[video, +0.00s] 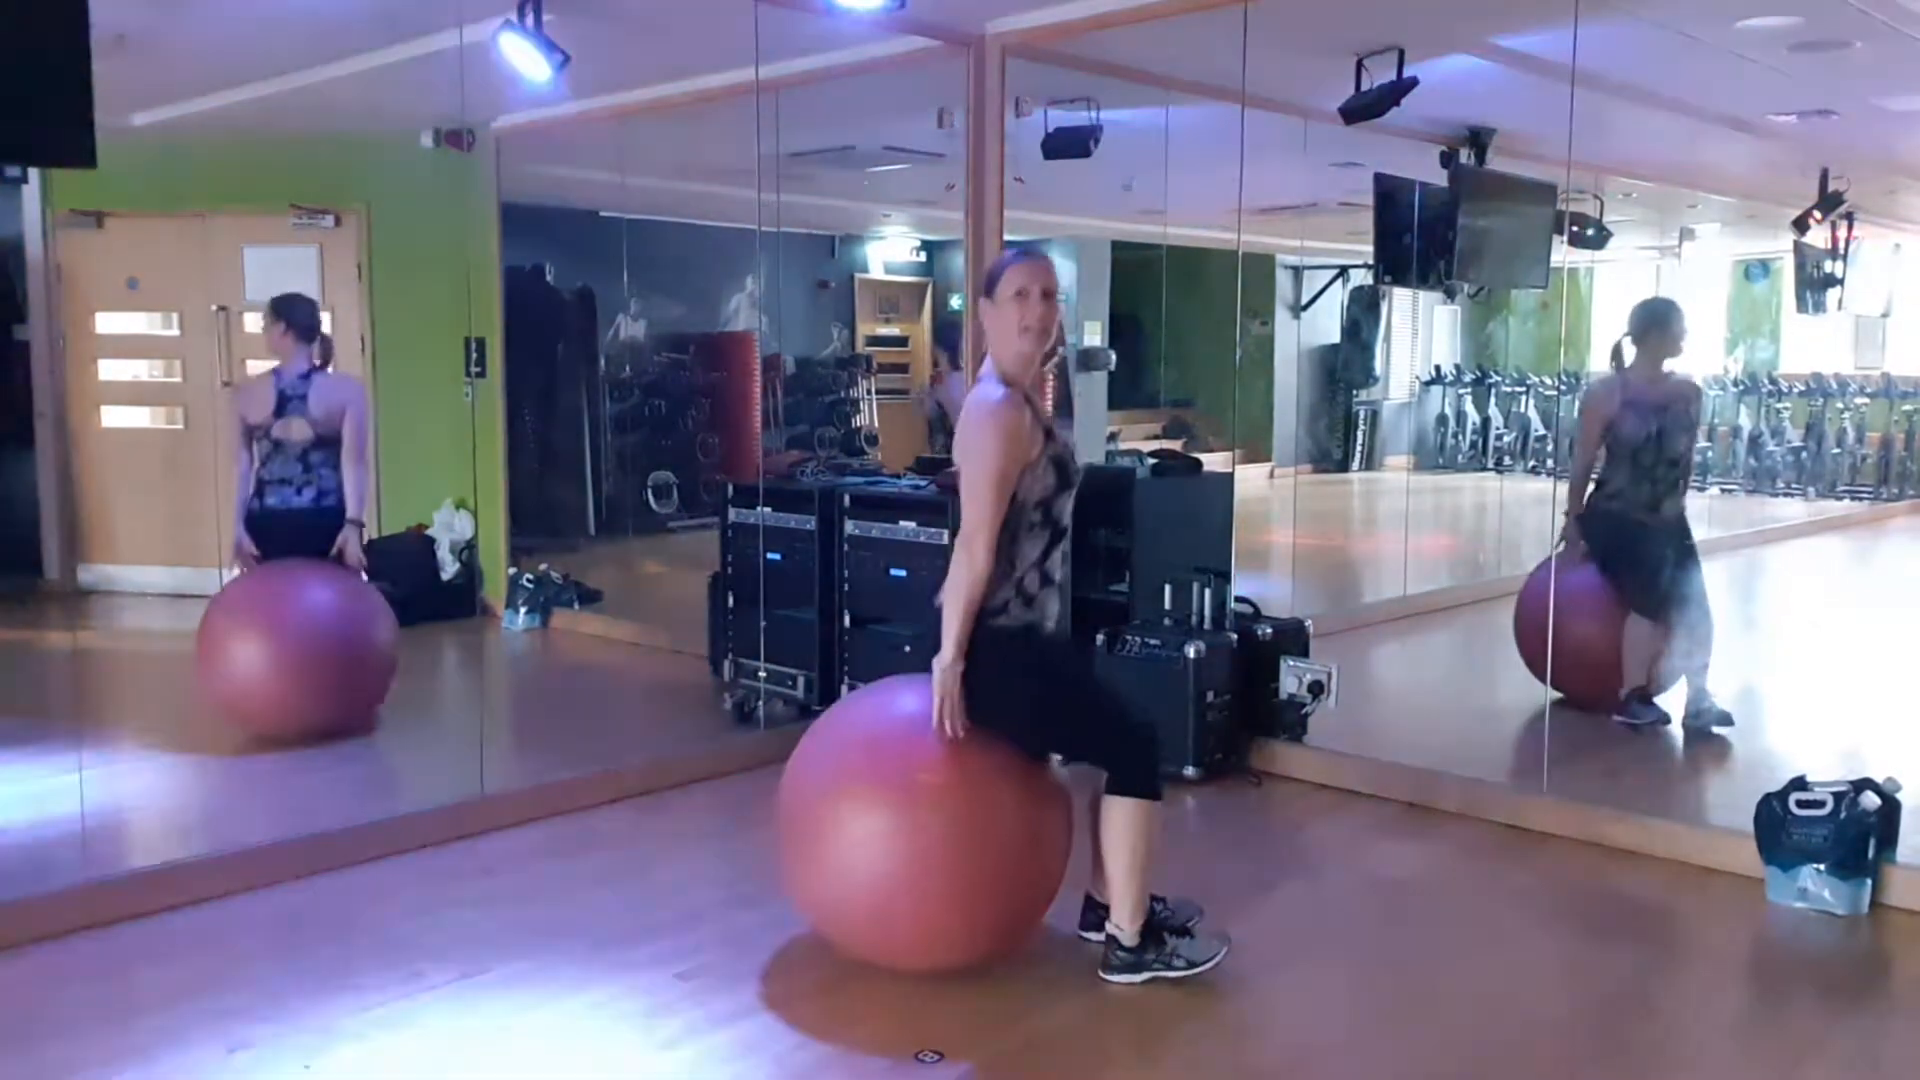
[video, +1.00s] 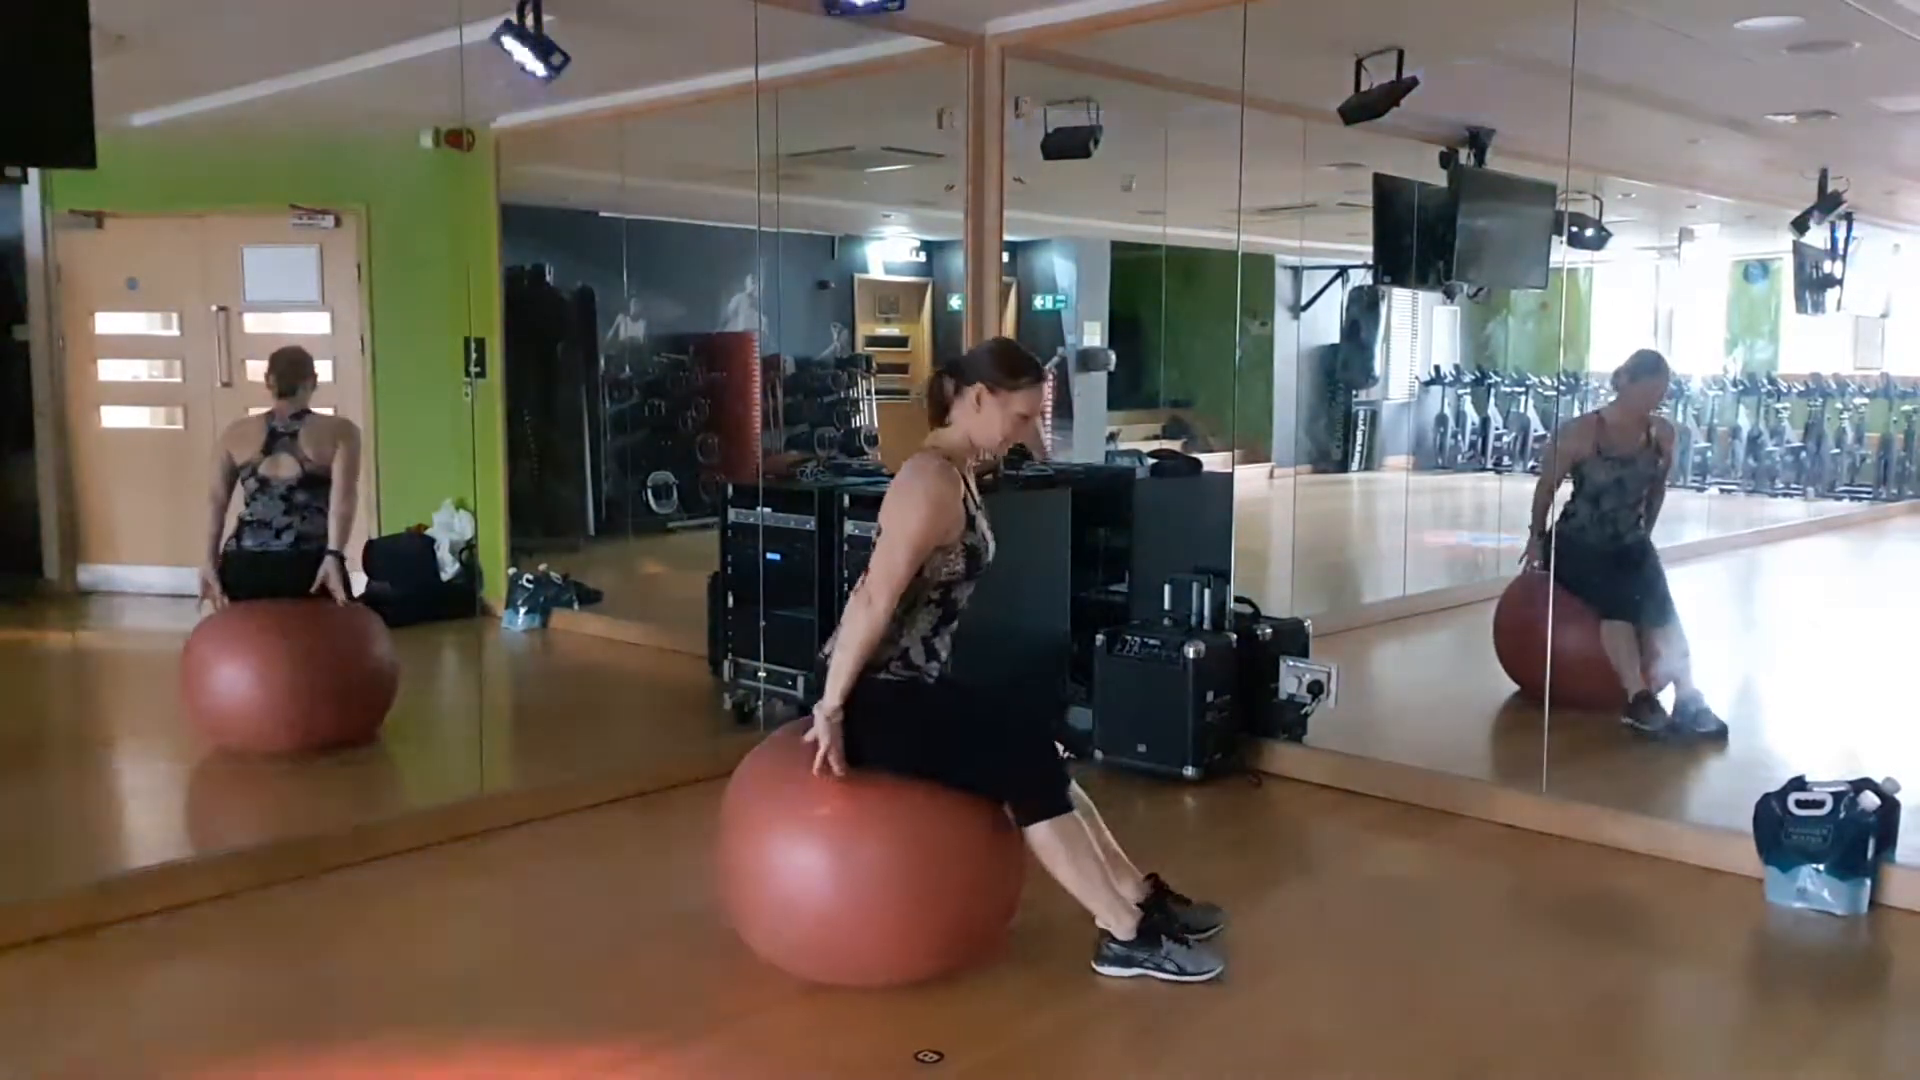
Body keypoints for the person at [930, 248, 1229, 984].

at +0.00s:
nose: (1040, 310)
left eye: (1049, 297)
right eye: (1022, 297)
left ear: (1058, 309)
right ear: (986, 311)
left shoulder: (1012, 401)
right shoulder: (995, 410)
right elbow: (975, 544)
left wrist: (1045, 402)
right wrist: (950, 657)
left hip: (1014, 644)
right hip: (1002, 654)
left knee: (1122, 735)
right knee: (1133, 742)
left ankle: (1108, 903)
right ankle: (1131, 935)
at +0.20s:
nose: (1011, 376)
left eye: (1020, 363)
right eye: (992, 362)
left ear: (1031, 380)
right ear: (954, 382)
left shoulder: (1001, 464)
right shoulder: (967, 477)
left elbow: (973, 590)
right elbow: (935, 595)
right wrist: (898, 710)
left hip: (981, 695)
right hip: (950, 711)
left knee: (1118, 726)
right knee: (1122, 739)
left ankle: (1111, 903)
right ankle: (1131, 939)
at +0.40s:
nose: (986, 401)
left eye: (995, 387)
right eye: (966, 387)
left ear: (1005, 402)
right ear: (933, 405)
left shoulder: (978, 477)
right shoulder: (935, 495)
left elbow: (1021, 442)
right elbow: (895, 612)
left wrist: (1001, 390)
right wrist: (871, 724)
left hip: (964, 700)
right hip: (927, 720)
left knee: (1105, 730)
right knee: (1102, 741)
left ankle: (1122, 900)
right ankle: (1134, 937)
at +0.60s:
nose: (993, 386)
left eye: (1001, 373)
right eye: (978, 371)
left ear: (1005, 380)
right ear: (937, 375)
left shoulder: (971, 454)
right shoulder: (927, 466)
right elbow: (880, 589)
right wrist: (852, 698)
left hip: (946, 679)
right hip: (903, 694)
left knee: (1078, 731)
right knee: (1058, 749)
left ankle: (1153, 894)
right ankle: (1130, 934)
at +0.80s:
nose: (1013, 422)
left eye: (1019, 405)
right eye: (1003, 404)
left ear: (972, 393)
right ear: (958, 388)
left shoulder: (960, 470)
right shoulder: (925, 475)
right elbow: (882, 595)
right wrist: (851, 708)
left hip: (924, 689)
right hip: (889, 701)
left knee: (1058, 735)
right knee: (1045, 747)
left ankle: (1144, 896)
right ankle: (1122, 928)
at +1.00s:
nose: (1024, 432)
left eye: (1029, 419)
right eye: (1020, 416)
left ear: (981, 401)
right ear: (976, 398)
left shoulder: (953, 477)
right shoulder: (930, 482)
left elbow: (889, 595)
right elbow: (874, 597)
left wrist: (836, 697)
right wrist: (832, 706)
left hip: (909, 690)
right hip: (877, 703)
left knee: (1039, 746)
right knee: (1025, 763)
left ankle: (1139, 898)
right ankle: (1121, 931)